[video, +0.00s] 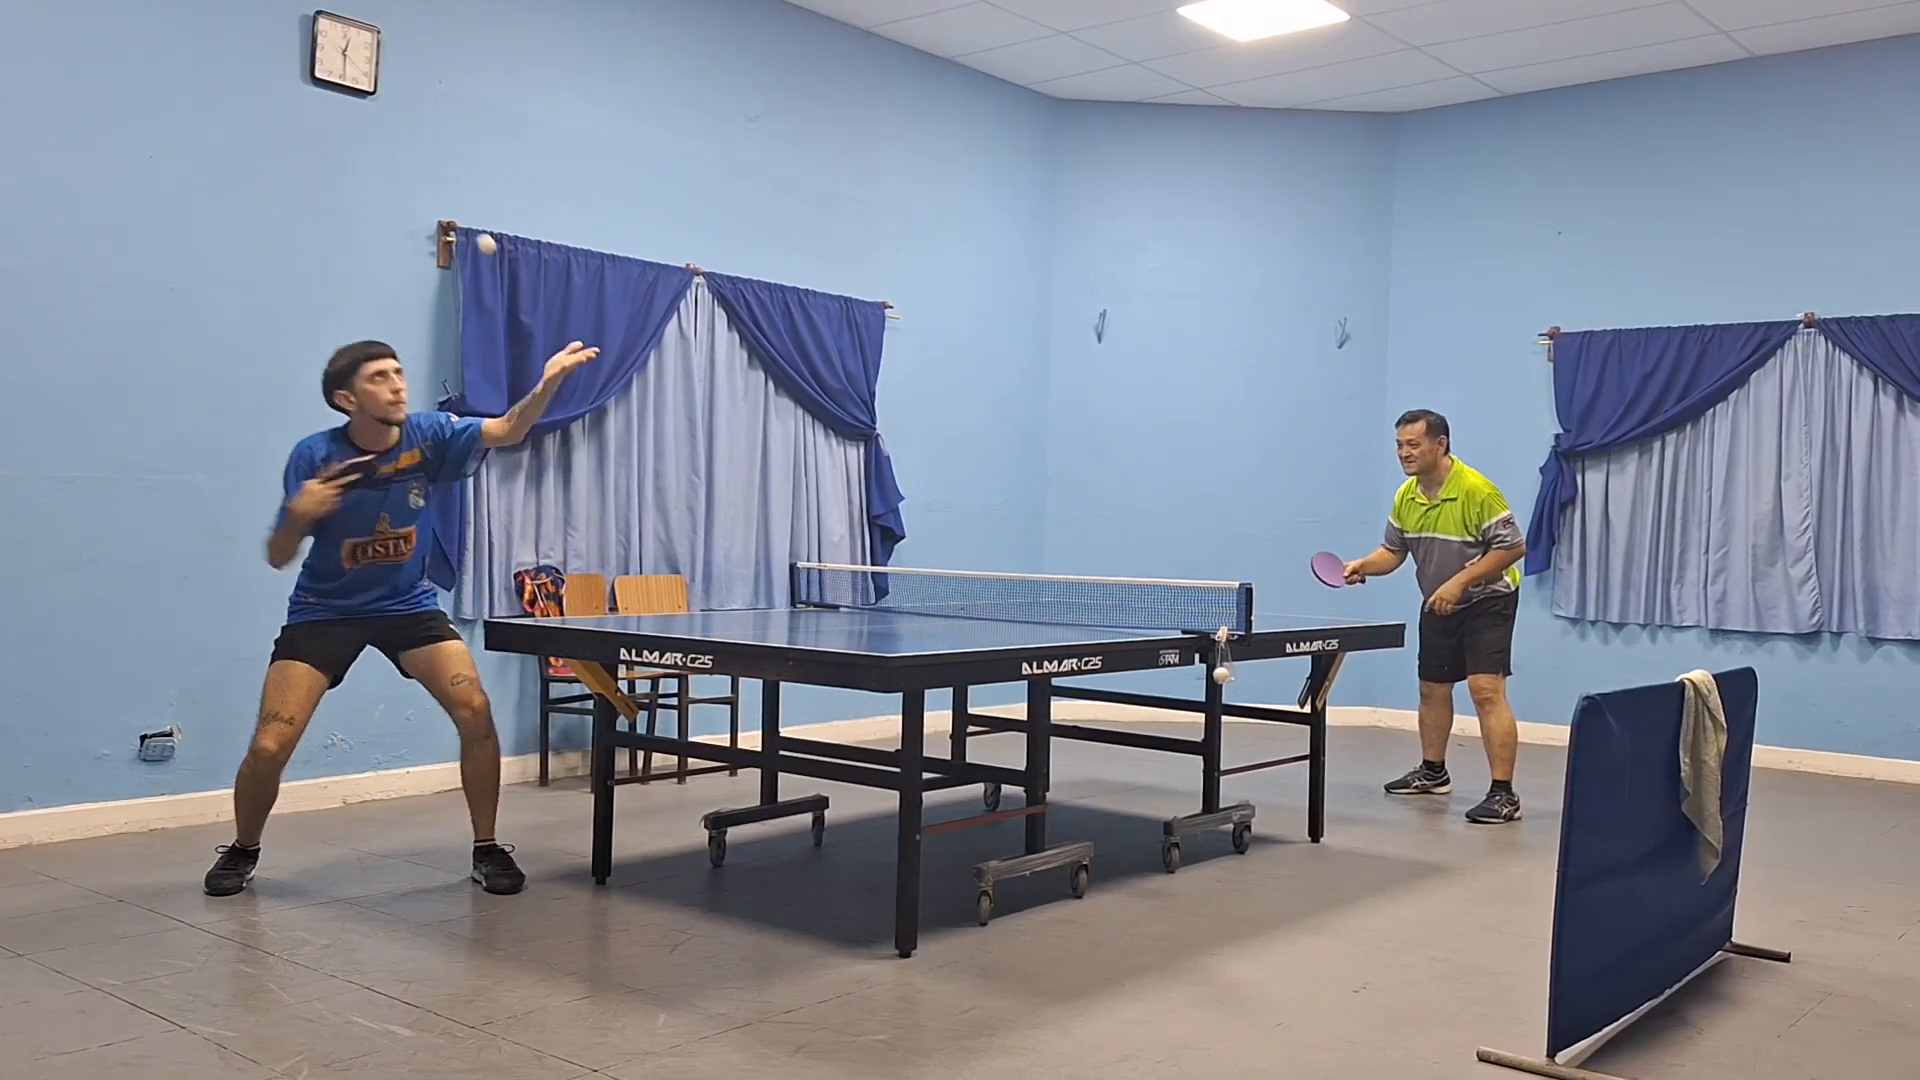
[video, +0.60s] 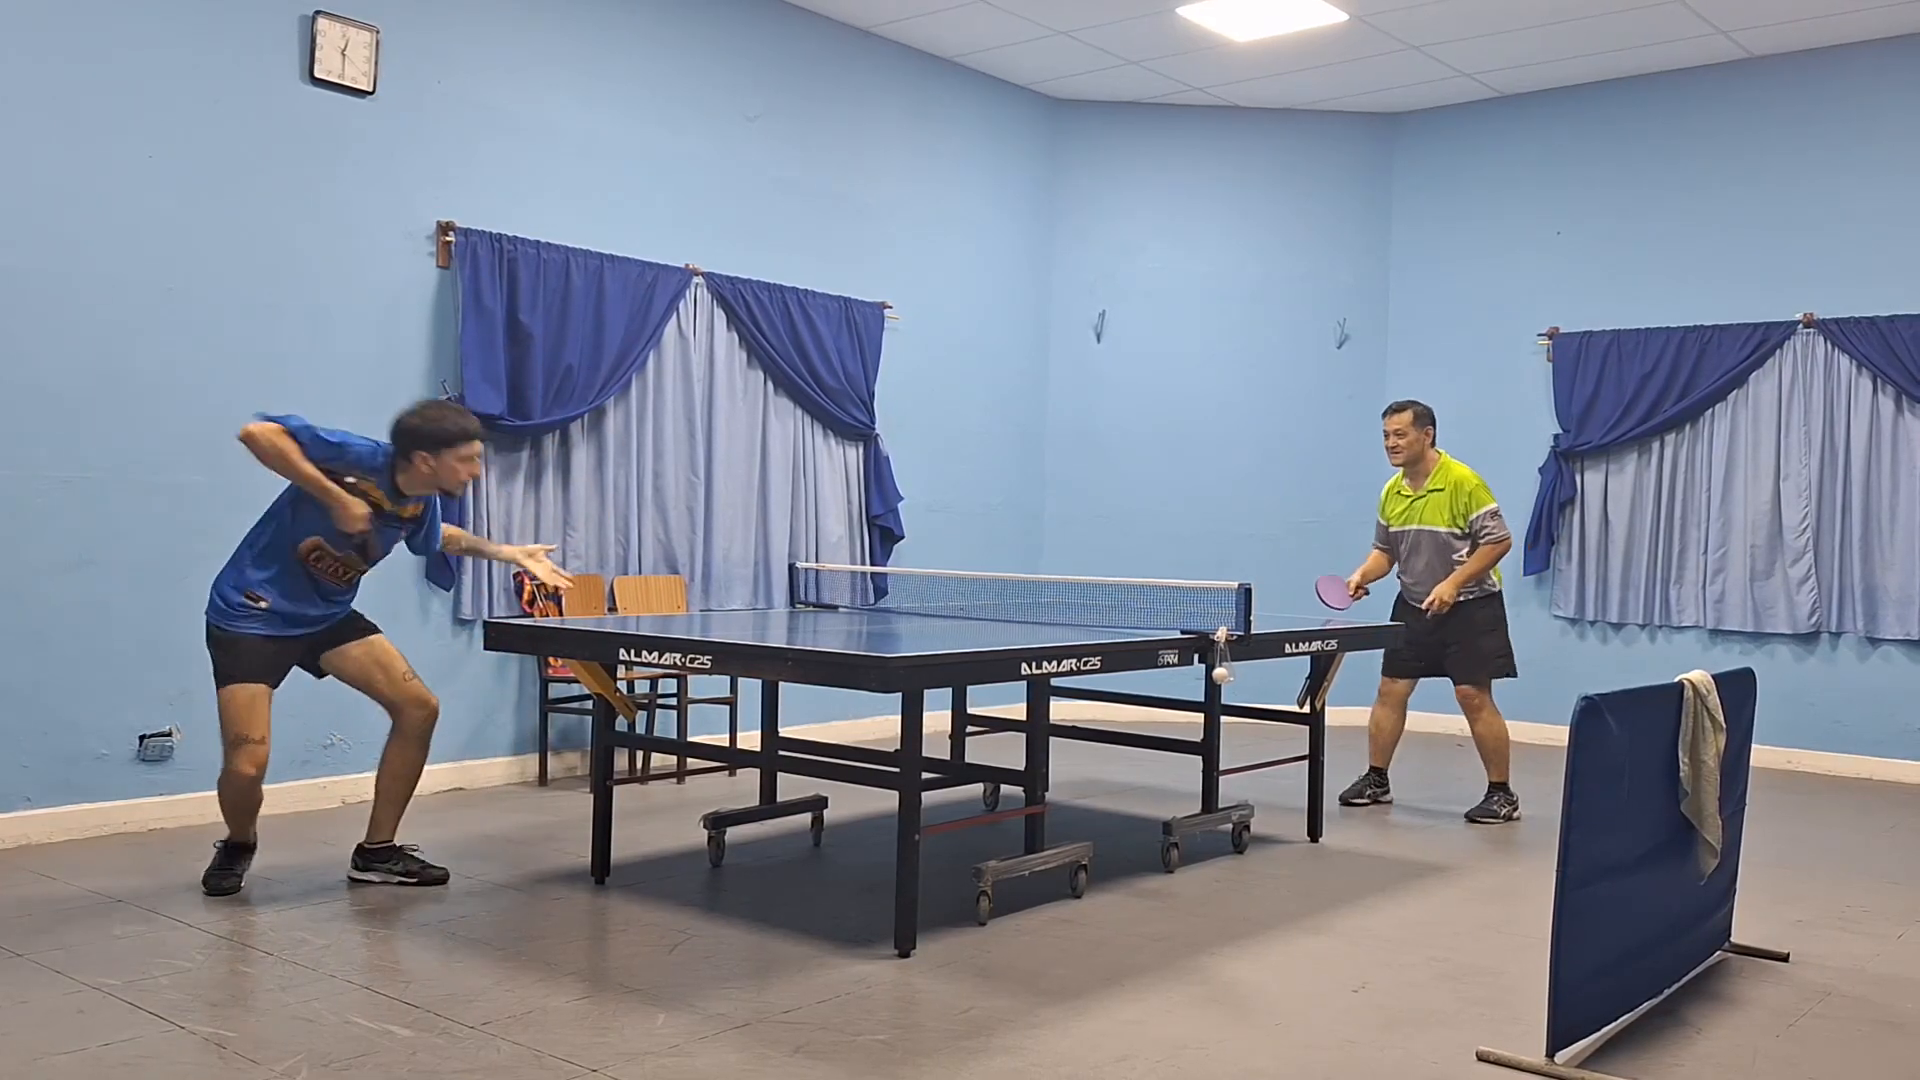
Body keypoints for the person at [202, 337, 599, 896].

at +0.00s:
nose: (396, 385)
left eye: (398, 375)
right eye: (379, 378)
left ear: (405, 385)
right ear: (345, 398)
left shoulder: (431, 433)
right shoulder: (314, 455)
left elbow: (509, 428)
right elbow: (278, 556)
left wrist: (548, 380)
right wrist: (298, 516)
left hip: (408, 604)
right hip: (324, 609)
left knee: (474, 708)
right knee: (268, 747)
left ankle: (487, 849)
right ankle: (243, 849)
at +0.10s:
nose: (370, 373)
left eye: (372, 363)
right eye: (352, 367)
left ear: (381, 375)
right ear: (320, 389)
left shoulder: (413, 429)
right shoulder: (289, 448)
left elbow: (505, 437)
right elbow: (227, 522)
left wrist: (555, 401)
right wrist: (213, 498)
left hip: (394, 600)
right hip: (308, 605)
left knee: (454, 703)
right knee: (260, 738)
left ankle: (485, 849)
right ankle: (241, 851)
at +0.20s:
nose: (357, 367)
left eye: (358, 357)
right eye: (339, 360)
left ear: (366, 370)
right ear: (304, 385)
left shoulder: (400, 431)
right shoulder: (276, 441)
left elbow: (496, 453)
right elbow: (196, 478)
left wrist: (558, 427)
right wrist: (159, 456)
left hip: (375, 598)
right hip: (288, 602)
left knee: (443, 703)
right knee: (246, 739)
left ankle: (480, 845)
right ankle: (243, 850)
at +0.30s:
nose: (361, 371)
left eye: (362, 361)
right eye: (344, 366)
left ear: (367, 374)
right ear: (309, 388)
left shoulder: (395, 437)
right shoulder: (273, 438)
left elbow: (473, 475)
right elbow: (180, 465)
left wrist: (552, 463)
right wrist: (115, 419)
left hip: (358, 596)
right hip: (274, 599)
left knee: (445, 691)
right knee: (239, 737)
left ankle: (449, 828)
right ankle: (241, 851)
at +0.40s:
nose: (387, 386)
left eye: (384, 376)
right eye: (371, 381)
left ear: (382, 390)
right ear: (334, 403)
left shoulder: (402, 451)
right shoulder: (284, 445)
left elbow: (456, 501)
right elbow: (185, 476)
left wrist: (538, 503)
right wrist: (122, 416)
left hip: (347, 596)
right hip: (266, 600)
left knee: (447, 672)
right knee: (235, 747)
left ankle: (382, 786)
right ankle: (242, 851)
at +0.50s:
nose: (432, 422)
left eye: (428, 411)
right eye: (417, 414)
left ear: (384, 430)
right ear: (374, 430)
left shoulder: (416, 474)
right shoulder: (308, 449)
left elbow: (448, 521)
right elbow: (200, 453)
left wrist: (523, 533)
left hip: (335, 609)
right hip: (257, 610)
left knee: (435, 684)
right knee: (240, 759)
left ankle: (353, 802)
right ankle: (242, 849)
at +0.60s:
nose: (476, 472)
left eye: (477, 460)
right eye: (468, 460)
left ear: (429, 462)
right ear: (426, 460)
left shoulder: (424, 503)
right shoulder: (358, 459)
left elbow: (434, 538)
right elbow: (258, 434)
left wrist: (508, 552)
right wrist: (336, 499)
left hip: (324, 613)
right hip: (250, 611)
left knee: (417, 708)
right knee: (246, 766)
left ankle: (377, 849)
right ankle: (238, 845)